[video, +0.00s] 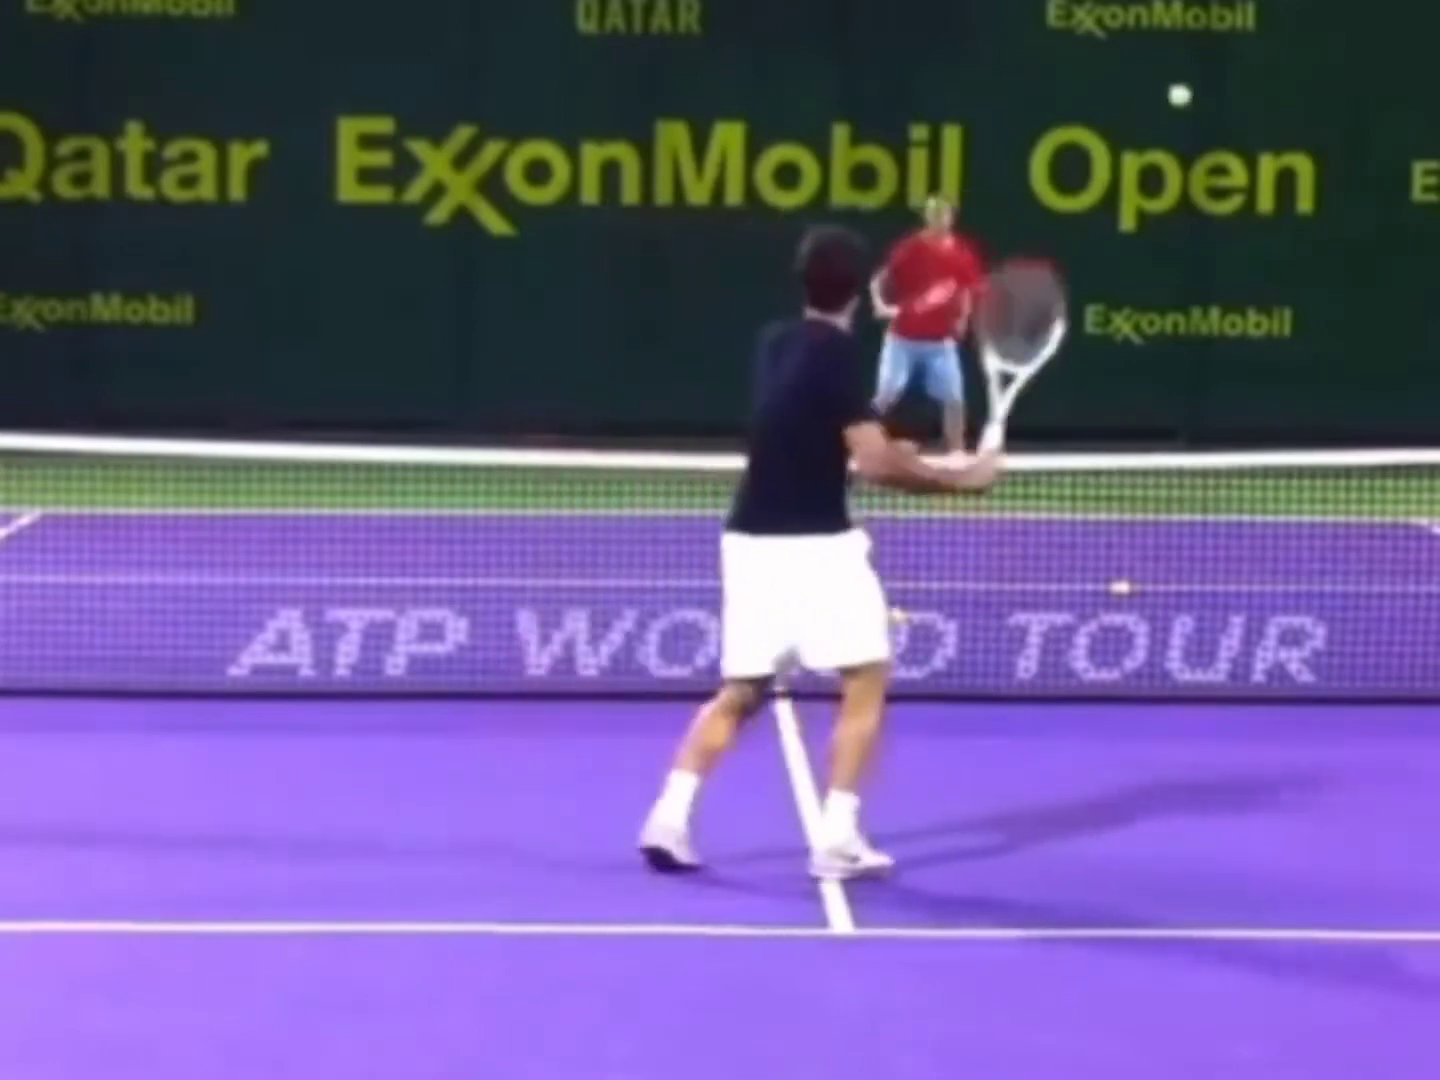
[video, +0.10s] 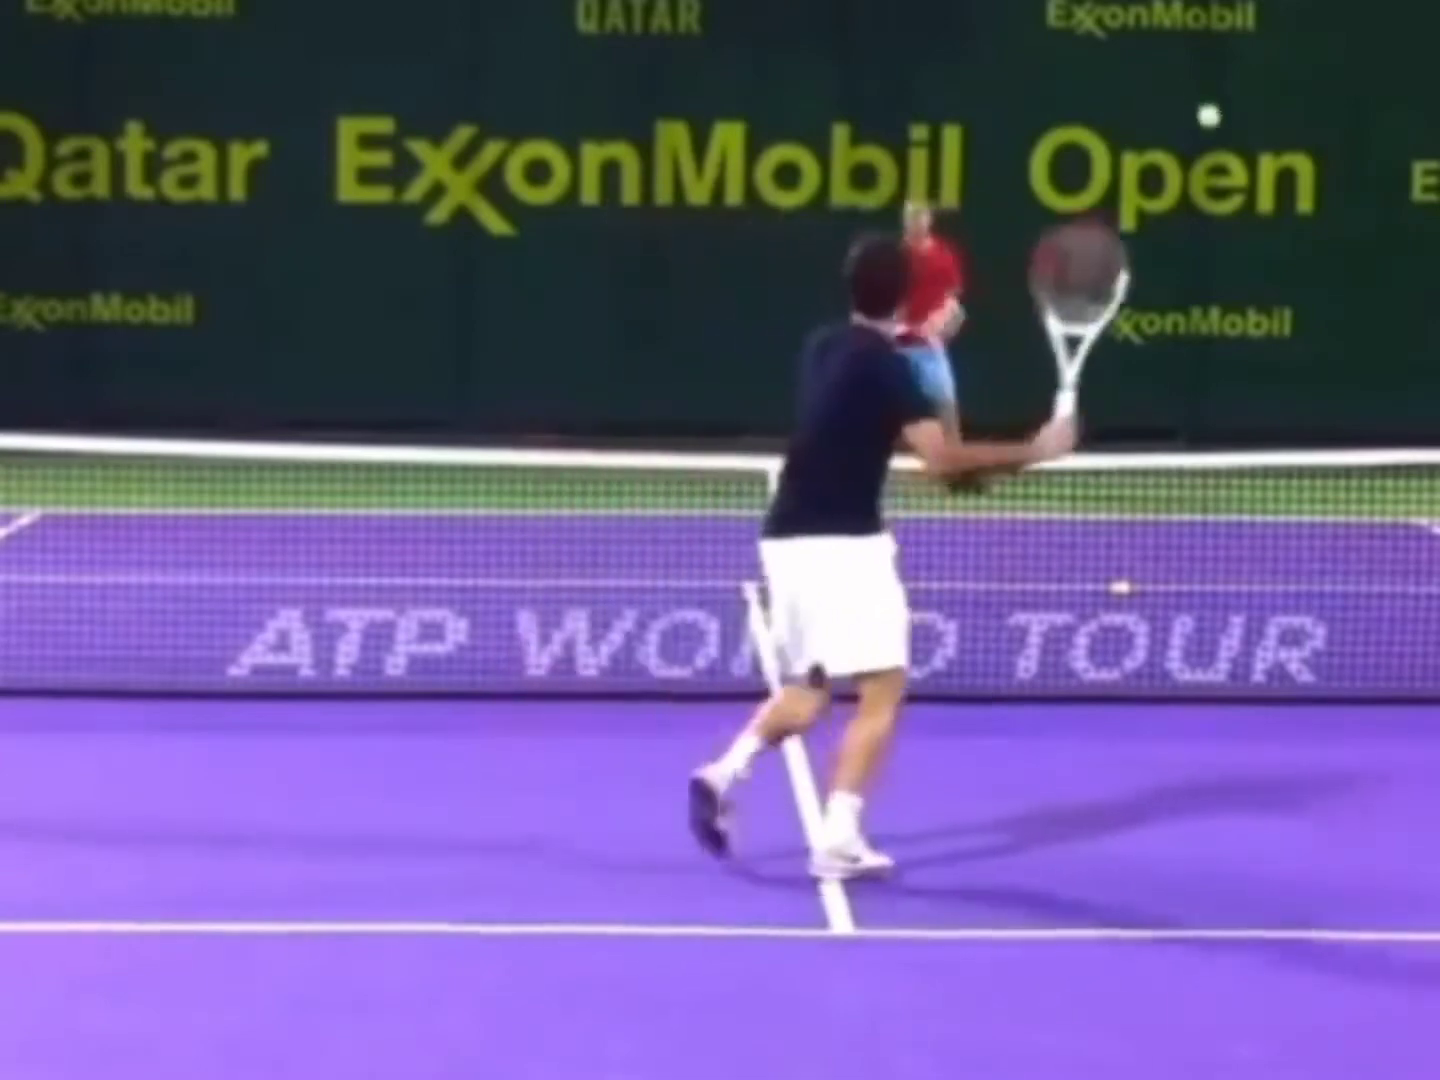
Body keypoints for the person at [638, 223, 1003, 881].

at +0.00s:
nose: (859, 289)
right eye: (860, 280)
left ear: (801, 285)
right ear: (859, 289)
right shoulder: (838, 354)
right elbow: (873, 457)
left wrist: (935, 462)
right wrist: (957, 473)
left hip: (749, 539)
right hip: (820, 542)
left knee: (740, 686)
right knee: (866, 682)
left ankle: (670, 816)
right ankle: (838, 830)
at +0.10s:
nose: (926, 302)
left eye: (923, 291)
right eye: (920, 292)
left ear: (855, 293)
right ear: (904, 300)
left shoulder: (824, 346)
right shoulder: (887, 367)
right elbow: (943, 458)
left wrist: (923, 346)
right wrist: (1034, 450)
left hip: (788, 541)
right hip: (847, 545)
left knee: (807, 689)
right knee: (881, 694)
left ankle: (724, 772)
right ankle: (840, 830)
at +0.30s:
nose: (1002, 327)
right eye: (1001, 317)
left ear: (939, 310)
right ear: (994, 325)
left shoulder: (895, 356)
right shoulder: (972, 379)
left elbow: (823, 415)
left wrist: (809, 461)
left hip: (853, 539)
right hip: (904, 547)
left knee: (928, 677)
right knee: (912, 693)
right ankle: (839, 820)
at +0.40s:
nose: (1041, 337)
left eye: (1039, 325)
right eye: (1038, 327)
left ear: (977, 321)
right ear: (1024, 334)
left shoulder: (923, 369)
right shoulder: (1014, 394)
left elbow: (856, 430)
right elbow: (1105, 445)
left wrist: (839, 474)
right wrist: (1187, 455)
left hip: (904, 554)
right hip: (952, 561)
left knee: (990, 678)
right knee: (945, 700)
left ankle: (1028, 802)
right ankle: (841, 809)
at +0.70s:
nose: (1108, 301)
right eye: (1110, 292)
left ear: (1052, 293)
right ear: (1108, 302)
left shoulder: (1005, 349)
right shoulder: (1106, 371)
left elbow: (941, 431)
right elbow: (1096, 451)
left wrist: (997, 435)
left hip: (985, 529)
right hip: (1051, 539)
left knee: (1029, 665)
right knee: (1067, 679)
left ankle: (1034, 796)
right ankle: (975, 775)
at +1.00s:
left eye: (1092, 266)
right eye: (1121, 268)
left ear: (1075, 275)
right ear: (1132, 277)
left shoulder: (1037, 339)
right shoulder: (1152, 350)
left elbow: (996, 422)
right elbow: (1179, 454)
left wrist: (1023, 414)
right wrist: (1144, 468)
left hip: (1043, 521)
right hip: (1119, 526)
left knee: (1041, 651)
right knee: (1160, 662)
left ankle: (1032, 797)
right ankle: (1185, 800)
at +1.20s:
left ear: (1108, 284)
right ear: (1163, 291)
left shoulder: (1073, 343)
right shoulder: (1186, 360)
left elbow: (1038, 426)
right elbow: (1228, 455)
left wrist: (1069, 452)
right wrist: (1192, 503)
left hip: (1066, 528)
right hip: (1145, 532)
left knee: (1041, 662)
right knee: (1182, 676)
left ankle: (1017, 795)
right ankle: (1198, 812)